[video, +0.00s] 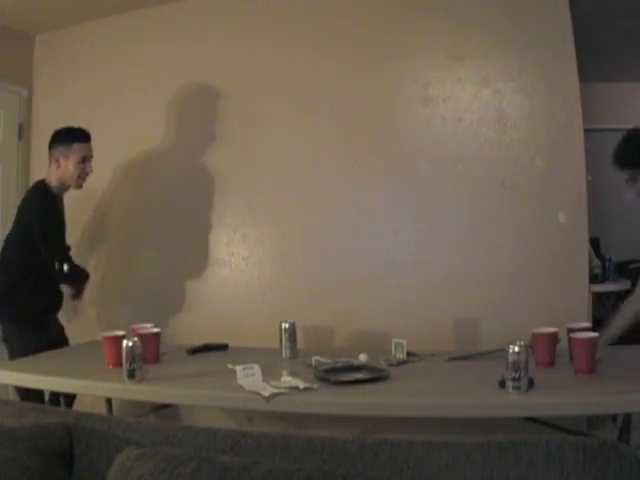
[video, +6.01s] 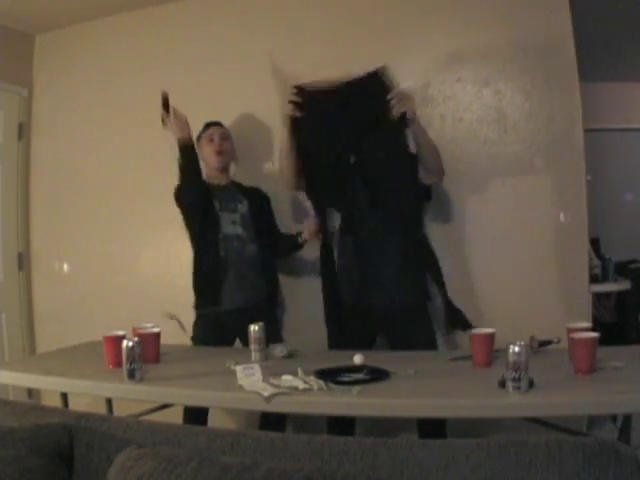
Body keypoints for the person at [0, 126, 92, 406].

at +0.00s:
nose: (89, 169)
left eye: (90, 161)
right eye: (83, 161)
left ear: (61, 163)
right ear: (58, 161)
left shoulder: (53, 199)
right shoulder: (40, 200)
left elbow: (58, 251)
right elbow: (47, 261)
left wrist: (76, 275)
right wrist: (77, 278)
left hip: (38, 306)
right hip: (17, 309)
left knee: (67, 374)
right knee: (35, 389)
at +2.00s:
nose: (269, 133)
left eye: (274, 126)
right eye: (259, 129)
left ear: (284, 134)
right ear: (247, 139)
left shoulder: (311, 182)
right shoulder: (236, 193)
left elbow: (334, 220)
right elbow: (232, 250)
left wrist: (325, 164)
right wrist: (224, 275)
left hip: (303, 305)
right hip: (255, 308)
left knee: (314, 389)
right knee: (241, 389)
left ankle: (318, 462)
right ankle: (246, 461)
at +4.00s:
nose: (219, 130)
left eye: (223, 125)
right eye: (209, 126)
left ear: (229, 135)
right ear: (193, 139)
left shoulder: (248, 173)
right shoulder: (179, 189)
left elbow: (279, 141)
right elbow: (159, 250)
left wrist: (275, 75)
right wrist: (164, 227)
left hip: (249, 300)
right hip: (205, 306)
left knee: (258, 386)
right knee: (210, 394)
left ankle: (262, 458)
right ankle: (224, 459)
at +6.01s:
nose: (219, 145)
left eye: (225, 139)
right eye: (211, 140)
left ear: (234, 149)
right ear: (199, 154)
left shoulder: (256, 198)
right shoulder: (195, 197)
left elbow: (274, 247)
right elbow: (189, 189)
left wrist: (301, 238)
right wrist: (184, 144)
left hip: (259, 306)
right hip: (215, 308)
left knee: (273, 388)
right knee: (199, 388)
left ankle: (269, 458)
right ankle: (190, 455)